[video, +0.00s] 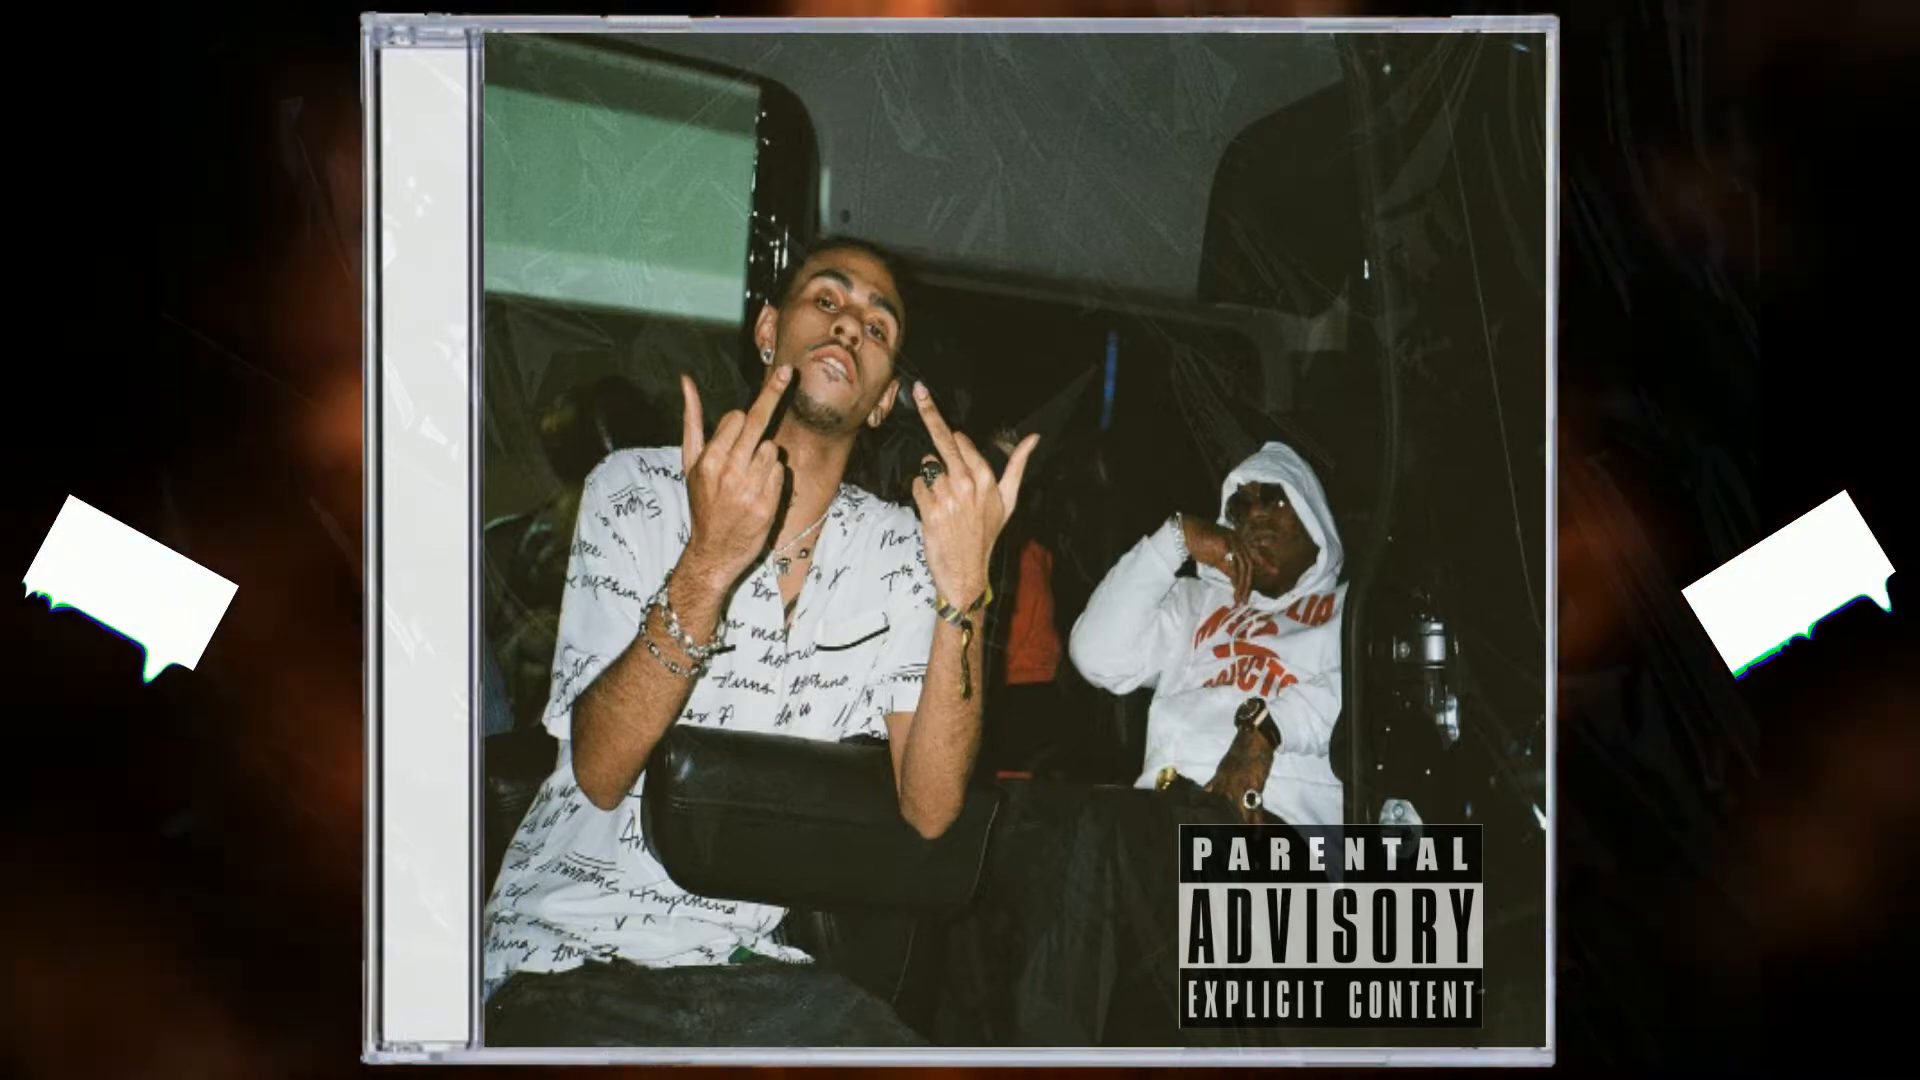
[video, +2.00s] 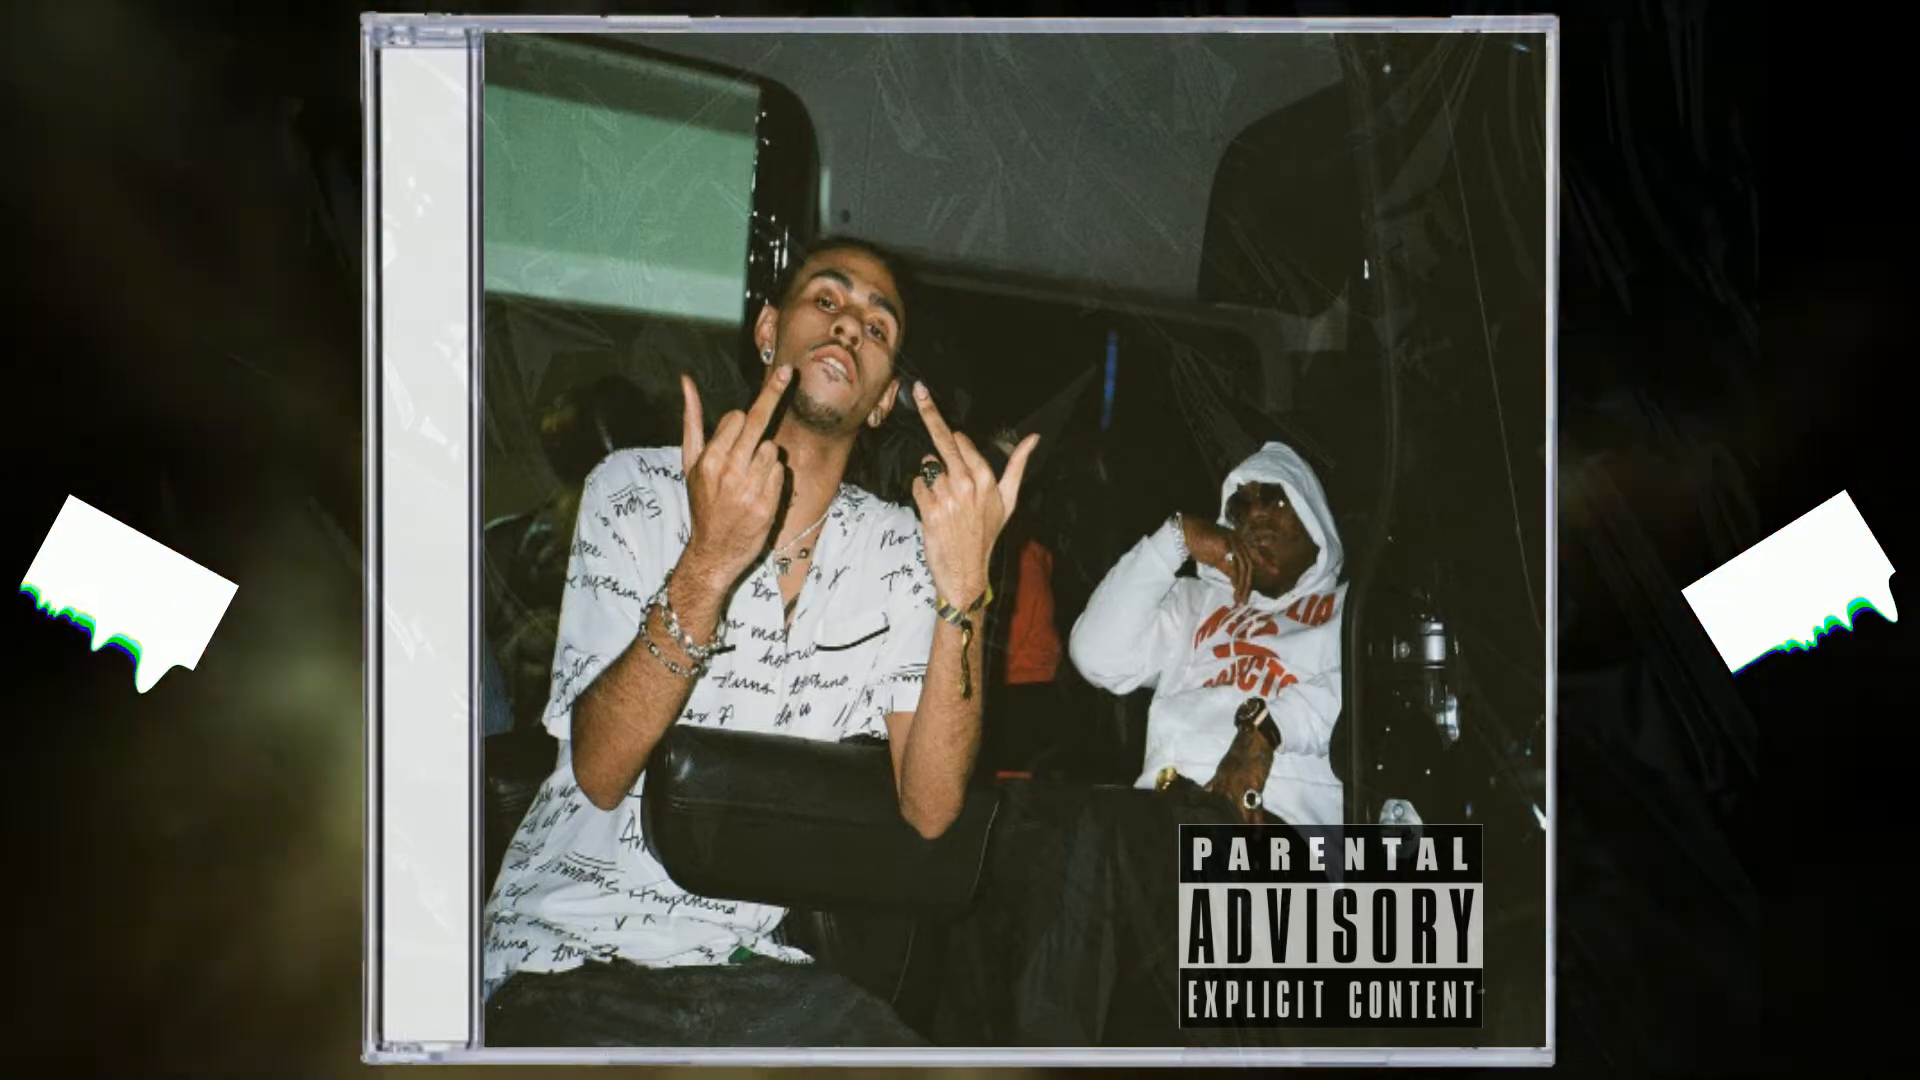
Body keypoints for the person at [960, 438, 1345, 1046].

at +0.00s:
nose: (1257, 522)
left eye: (1277, 505)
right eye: (1243, 507)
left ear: (1318, 526)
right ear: (1226, 526)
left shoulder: (1350, 607)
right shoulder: (1196, 601)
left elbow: (1355, 698)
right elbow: (1099, 658)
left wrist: (1266, 727)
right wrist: (1177, 538)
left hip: (1284, 818)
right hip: (1163, 809)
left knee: (1099, 822)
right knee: (1028, 810)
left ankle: (1049, 1053)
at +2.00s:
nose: (1258, 520)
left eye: (1278, 503)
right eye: (1243, 505)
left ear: (1317, 525)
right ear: (1226, 526)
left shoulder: (1349, 610)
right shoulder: (1195, 602)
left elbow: (1343, 703)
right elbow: (1099, 658)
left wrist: (1264, 727)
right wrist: (1177, 539)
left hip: (1283, 819)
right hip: (1163, 808)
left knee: (1102, 822)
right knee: (1028, 810)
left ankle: (1049, 1051)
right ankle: (969, 1047)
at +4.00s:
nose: (1258, 517)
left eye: (1279, 501)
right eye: (1245, 502)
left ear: (1318, 522)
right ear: (1227, 523)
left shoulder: (1351, 607)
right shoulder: (1197, 601)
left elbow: (1351, 701)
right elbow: (1099, 657)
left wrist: (1269, 725)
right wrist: (1177, 539)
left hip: (1284, 815)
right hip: (1166, 806)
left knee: (1101, 824)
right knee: (1025, 810)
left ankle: (1052, 1051)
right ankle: (968, 1046)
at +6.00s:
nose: (1259, 517)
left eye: (1280, 501)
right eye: (1246, 502)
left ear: (1319, 522)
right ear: (1227, 523)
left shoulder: (1351, 605)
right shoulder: (1197, 601)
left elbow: (1354, 702)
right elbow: (1099, 658)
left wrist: (1269, 725)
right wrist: (1176, 539)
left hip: (1286, 816)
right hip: (1166, 807)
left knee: (1102, 825)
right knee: (1027, 811)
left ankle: (1052, 1051)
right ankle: (972, 1047)